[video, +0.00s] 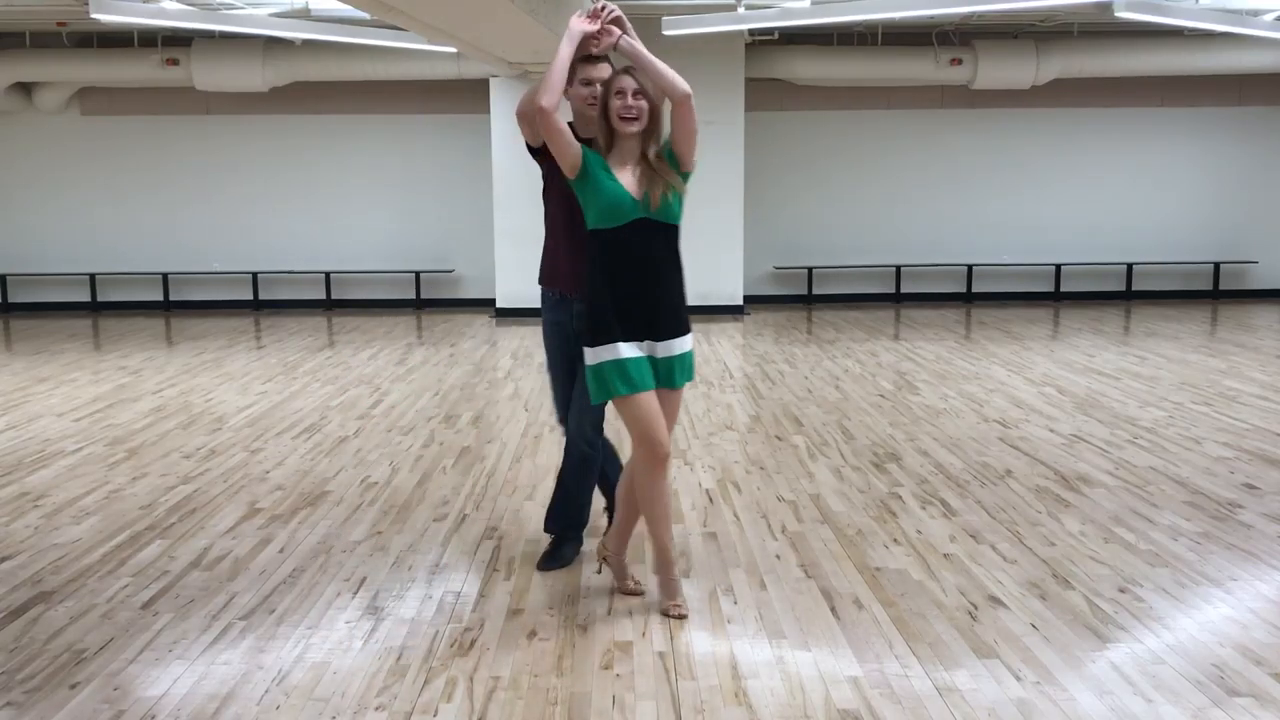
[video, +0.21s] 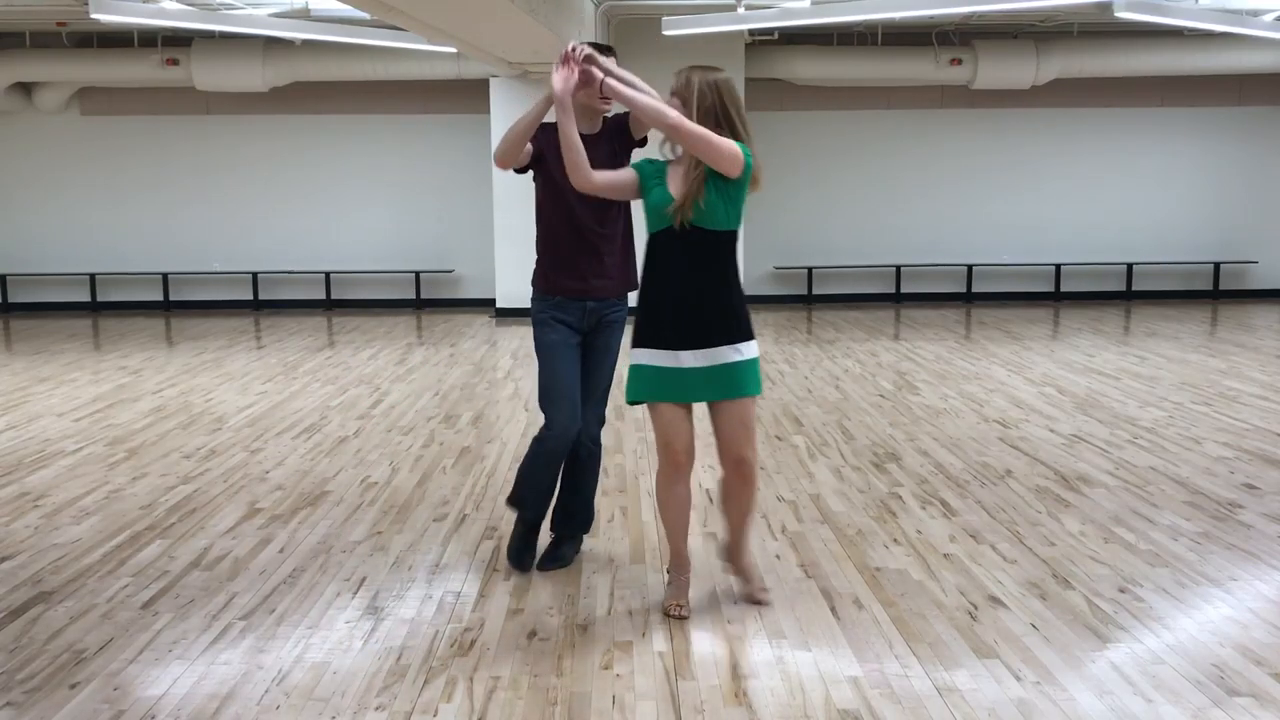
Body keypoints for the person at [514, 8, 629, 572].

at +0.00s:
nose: (594, 91)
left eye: (604, 82)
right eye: (584, 82)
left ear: (618, 90)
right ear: (567, 90)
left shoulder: (628, 147)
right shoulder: (555, 146)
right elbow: (528, 115)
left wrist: (625, 45)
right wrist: (573, 52)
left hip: (612, 300)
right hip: (560, 298)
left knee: (584, 422)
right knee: (569, 416)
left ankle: (566, 532)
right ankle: (620, 493)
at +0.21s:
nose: (599, 89)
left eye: (605, 80)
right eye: (588, 78)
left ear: (613, 87)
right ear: (570, 84)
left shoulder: (620, 134)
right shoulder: (548, 136)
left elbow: (662, 113)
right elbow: (504, 157)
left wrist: (609, 73)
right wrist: (550, 98)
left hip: (609, 304)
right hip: (555, 303)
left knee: (587, 428)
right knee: (563, 425)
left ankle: (570, 533)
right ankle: (529, 517)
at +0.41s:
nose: (618, 82)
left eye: (620, 74)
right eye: (608, 73)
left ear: (618, 82)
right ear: (576, 78)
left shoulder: (620, 132)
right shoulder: (542, 139)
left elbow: (659, 160)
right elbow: (509, 212)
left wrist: (620, 150)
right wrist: (575, 166)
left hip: (612, 306)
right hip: (563, 307)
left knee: (593, 437)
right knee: (568, 436)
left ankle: (558, 546)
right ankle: (556, 576)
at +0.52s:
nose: (620, 83)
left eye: (621, 75)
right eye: (610, 74)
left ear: (602, 82)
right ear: (576, 78)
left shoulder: (614, 138)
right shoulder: (540, 145)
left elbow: (662, 187)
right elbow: (529, 232)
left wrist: (645, 186)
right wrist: (609, 211)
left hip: (613, 310)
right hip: (566, 310)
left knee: (608, 440)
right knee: (575, 441)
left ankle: (557, 538)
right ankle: (555, 580)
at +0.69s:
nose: (626, 85)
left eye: (626, 75)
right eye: (617, 75)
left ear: (601, 84)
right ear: (582, 82)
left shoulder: (608, 144)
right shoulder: (560, 150)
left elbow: (656, 194)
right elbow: (575, 247)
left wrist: (679, 220)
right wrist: (660, 249)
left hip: (613, 316)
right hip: (571, 317)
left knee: (649, 433)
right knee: (588, 445)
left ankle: (597, 544)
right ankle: (554, 575)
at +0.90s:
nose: (637, 78)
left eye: (636, 69)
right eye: (628, 68)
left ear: (606, 78)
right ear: (593, 76)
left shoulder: (608, 141)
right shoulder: (582, 143)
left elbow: (661, 194)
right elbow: (616, 243)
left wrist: (701, 212)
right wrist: (689, 244)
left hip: (623, 313)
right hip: (594, 313)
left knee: (655, 437)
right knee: (614, 441)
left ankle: (654, 572)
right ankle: (558, 568)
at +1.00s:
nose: (641, 77)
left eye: (639, 67)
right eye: (631, 68)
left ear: (610, 78)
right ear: (598, 76)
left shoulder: (611, 141)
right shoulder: (588, 142)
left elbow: (664, 193)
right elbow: (619, 243)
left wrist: (702, 206)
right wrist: (693, 240)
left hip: (628, 313)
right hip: (604, 313)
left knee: (660, 439)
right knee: (624, 443)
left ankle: (653, 572)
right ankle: (558, 569)